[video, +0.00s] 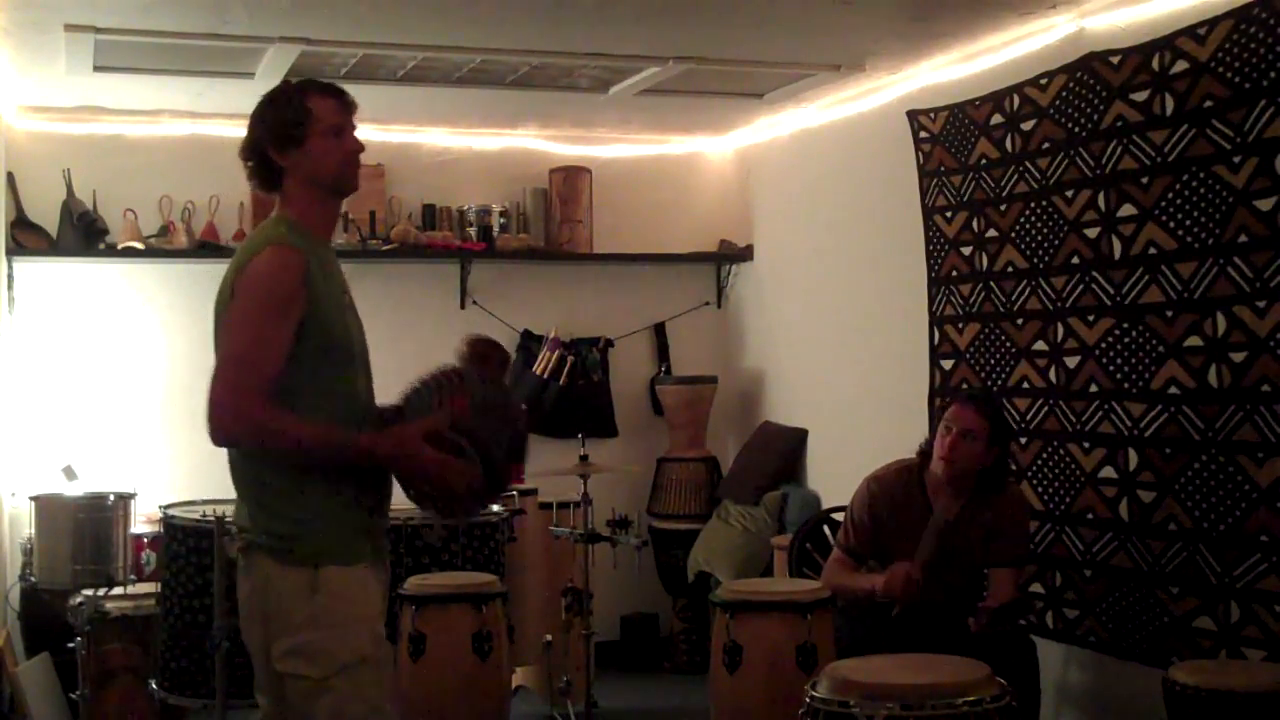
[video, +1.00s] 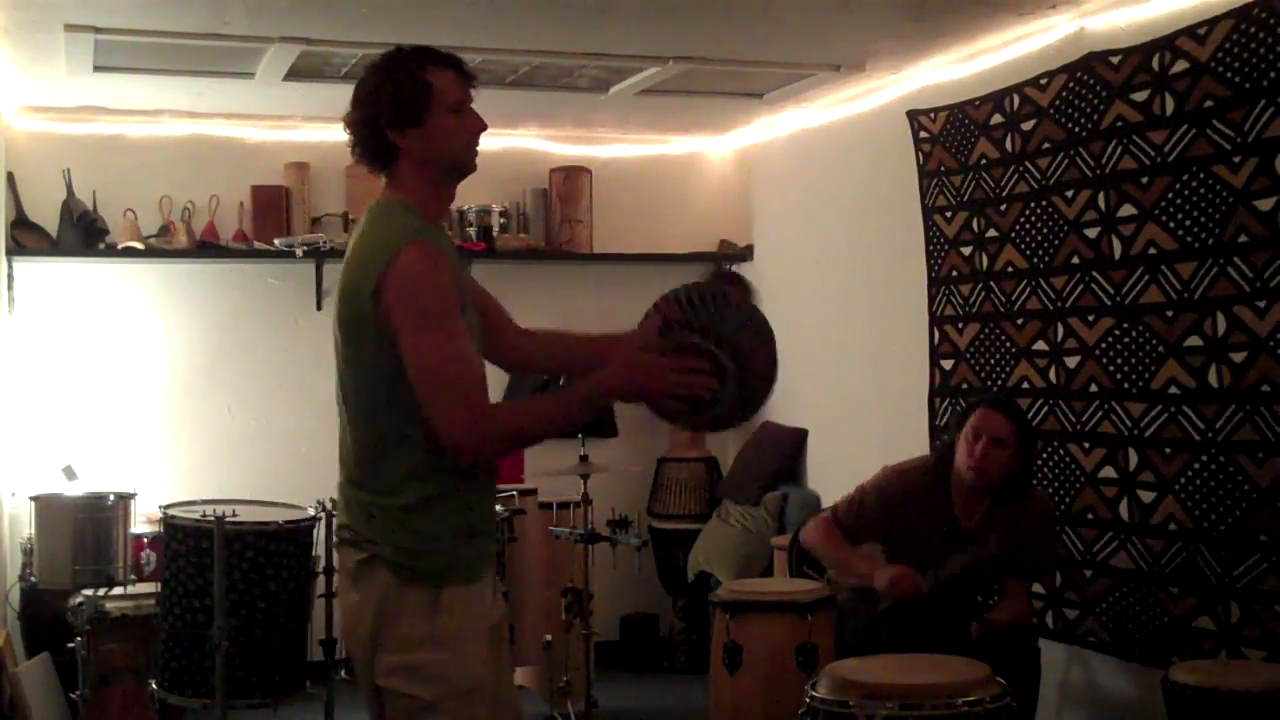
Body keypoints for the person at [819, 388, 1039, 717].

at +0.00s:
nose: (950, 444)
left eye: (967, 437)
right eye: (947, 429)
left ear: (989, 454)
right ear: (936, 431)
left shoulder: (1005, 505)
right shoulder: (884, 488)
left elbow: (1004, 590)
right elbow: (831, 575)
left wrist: (988, 612)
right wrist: (877, 582)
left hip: (960, 625)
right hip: (886, 620)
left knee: (1016, 650)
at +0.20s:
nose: (953, 445)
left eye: (971, 440)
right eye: (950, 431)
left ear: (991, 457)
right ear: (937, 434)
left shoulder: (1006, 507)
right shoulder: (883, 489)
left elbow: (1004, 592)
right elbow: (831, 576)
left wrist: (988, 611)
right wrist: (876, 579)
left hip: (960, 624)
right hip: (884, 617)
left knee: (1016, 648)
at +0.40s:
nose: (955, 445)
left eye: (972, 439)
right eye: (950, 431)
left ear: (992, 456)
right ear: (937, 434)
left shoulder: (1007, 507)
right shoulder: (884, 489)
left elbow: (1002, 595)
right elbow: (833, 576)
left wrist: (981, 615)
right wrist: (874, 580)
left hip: (961, 625)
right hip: (886, 619)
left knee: (1015, 648)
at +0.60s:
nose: (960, 448)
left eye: (977, 442)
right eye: (955, 434)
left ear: (997, 456)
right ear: (940, 435)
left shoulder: (1008, 505)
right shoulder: (887, 488)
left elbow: (1005, 593)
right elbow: (835, 575)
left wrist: (987, 612)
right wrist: (876, 586)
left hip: (961, 621)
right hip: (888, 616)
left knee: (1016, 649)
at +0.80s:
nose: (971, 460)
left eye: (988, 452)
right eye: (965, 443)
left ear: (1005, 462)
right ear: (948, 441)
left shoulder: (1016, 507)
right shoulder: (898, 488)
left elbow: (1010, 595)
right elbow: (825, 566)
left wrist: (993, 616)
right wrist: (883, 580)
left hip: (965, 625)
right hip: (889, 618)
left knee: (1016, 651)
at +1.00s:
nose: (979, 452)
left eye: (997, 445)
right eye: (974, 436)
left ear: (1016, 459)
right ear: (957, 436)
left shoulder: (1028, 509)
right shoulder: (907, 483)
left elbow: (1018, 602)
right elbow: (814, 531)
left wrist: (981, 626)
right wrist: (875, 570)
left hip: (969, 618)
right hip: (896, 607)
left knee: (1019, 649)